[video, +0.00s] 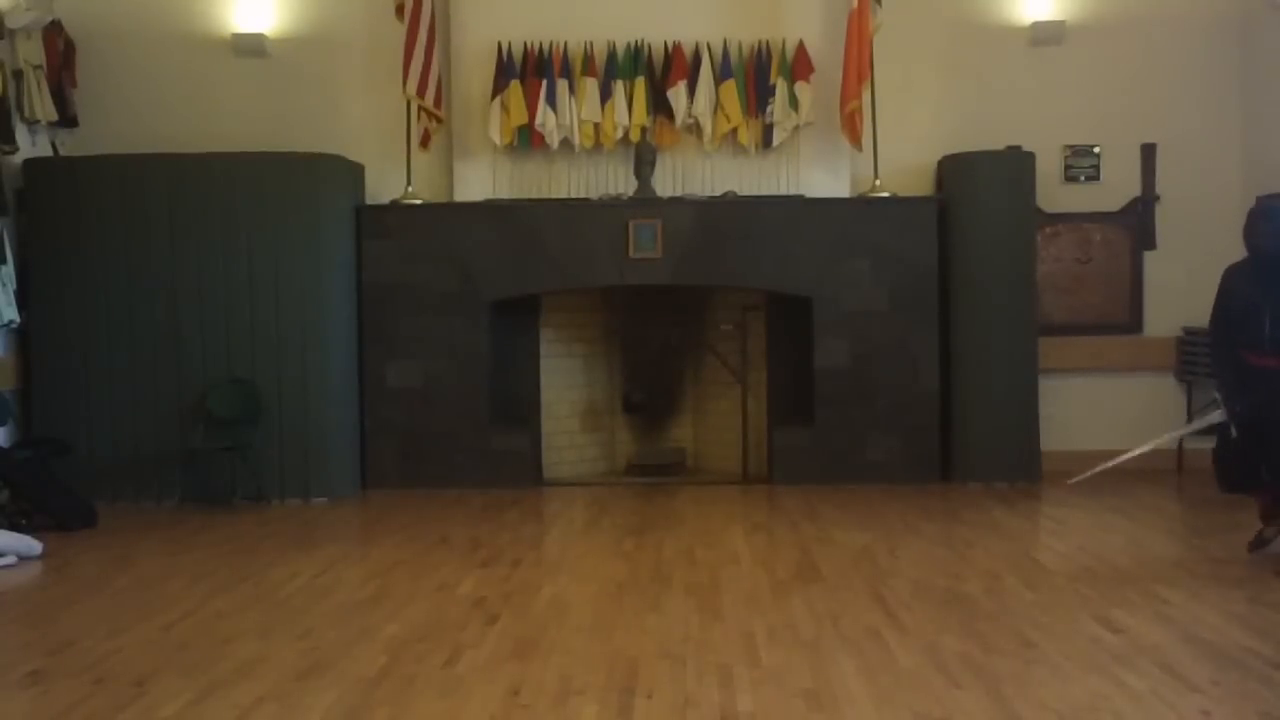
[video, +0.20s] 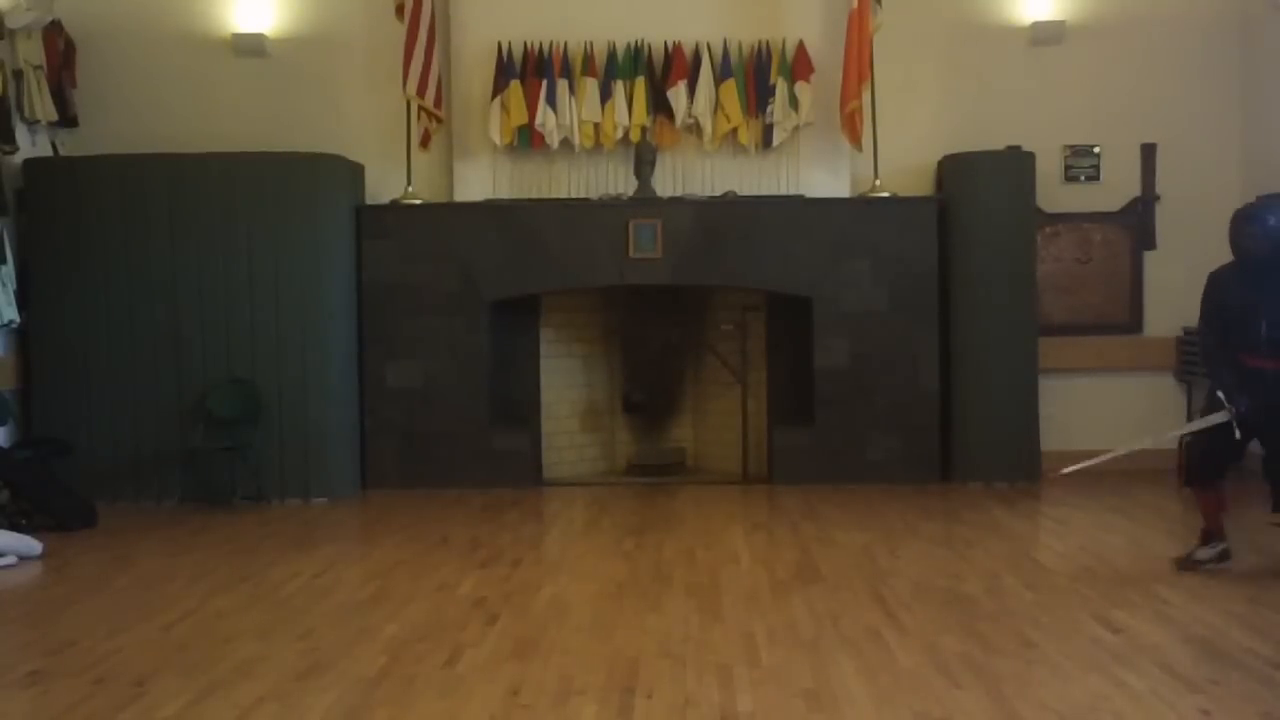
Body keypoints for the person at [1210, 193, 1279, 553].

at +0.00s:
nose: (1264, 234)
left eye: (1269, 226)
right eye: (1259, 225)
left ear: (1276, 233)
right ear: (1250, 232)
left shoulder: (1241, 278)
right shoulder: (1239, 277)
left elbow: (1221, 340)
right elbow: (1220, 339)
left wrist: (1232, 391)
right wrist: (1233, 391)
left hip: (1265, 384)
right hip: (1255, 383)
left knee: (1266, 453)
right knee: (1260, 451)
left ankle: (1270, 523)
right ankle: (1269, 523)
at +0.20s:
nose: (1251, 242)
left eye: (1259, 233)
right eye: (1247, 232)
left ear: (1271, 239)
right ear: (1236, 238)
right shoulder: (1224, 281)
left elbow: (1212, 347)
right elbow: (1212, 348)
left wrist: (1238, 396)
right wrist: (1232, 394)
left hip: (1270, 394)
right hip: (1240, 391)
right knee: (1201, 454)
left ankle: (1214, 539)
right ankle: (1214, 539)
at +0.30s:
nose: (1239, 248)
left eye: (1245, 239)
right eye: (1232, 238)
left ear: (1260, 241)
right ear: (1224, 243)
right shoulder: (1213, 286)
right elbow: (1201, 349)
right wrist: (1224, 394)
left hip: (1268, 398)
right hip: (1231, 393)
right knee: (1191, 465)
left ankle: (1172, 547)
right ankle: (1172, 547)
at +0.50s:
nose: (1198, 255)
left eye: (1207, 246)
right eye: (1190, 247)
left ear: (1227, 247)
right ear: (1180, 252)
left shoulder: (1259, 290)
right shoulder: (1171, 298)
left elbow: (1273, 356)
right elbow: (1165, 363)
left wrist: (1246, 401)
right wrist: (1198, 396)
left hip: (1256, 398)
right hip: (1195, 396)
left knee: (1273, 486)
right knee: (1164, 473)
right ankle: (1134, 560)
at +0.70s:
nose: (1153, 254)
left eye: (1160, 244)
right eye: (1145, 245)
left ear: (1177, 244)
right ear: (1135, 250)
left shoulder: (1209, 282)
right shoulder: (1125, 299)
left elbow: (1258, 326)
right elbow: (1124, 366)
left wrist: (1220, 379)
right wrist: (1164, 400)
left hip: (1208, 396)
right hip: (1150, 398)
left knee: (1248, 483)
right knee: (1125, 479)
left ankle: (1277, 534)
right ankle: (1129, 565)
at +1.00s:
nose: (1116, 250)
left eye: (1123, 240)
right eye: (1107, 242)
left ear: (1140, 239)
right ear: (1095, 246)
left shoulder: (1171, 274)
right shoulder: (1083, 293)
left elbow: (1228, 300)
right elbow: (1086, 362)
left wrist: (1193, 365)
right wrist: (1142, 389)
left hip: (1168, 398)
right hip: (1109, 401)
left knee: (1180, 487)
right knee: (1105, 490)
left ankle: (1174, 569)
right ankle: (1127, 566)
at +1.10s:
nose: (1108, 254)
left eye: (1114, 243)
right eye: (1099, 246)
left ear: (1133, 239)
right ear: (1087, 249)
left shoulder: (1166, 276)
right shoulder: (1075, 294)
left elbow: (1217, 304)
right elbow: (1078, 364)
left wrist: (1190, 364)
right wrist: (1133, 391)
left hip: (1159, 406)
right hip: (1101, 409)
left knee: (1154, 492)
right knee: (1099, 496)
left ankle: (1138, 572)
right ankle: (1130, 565)